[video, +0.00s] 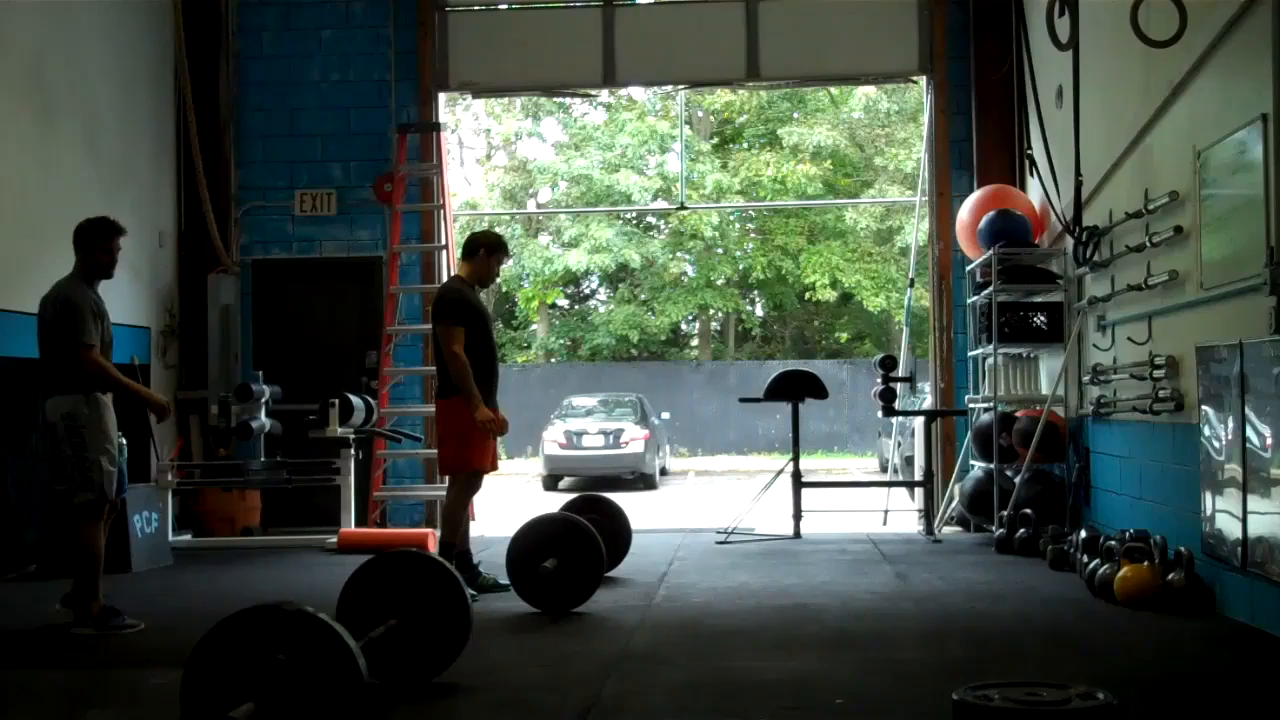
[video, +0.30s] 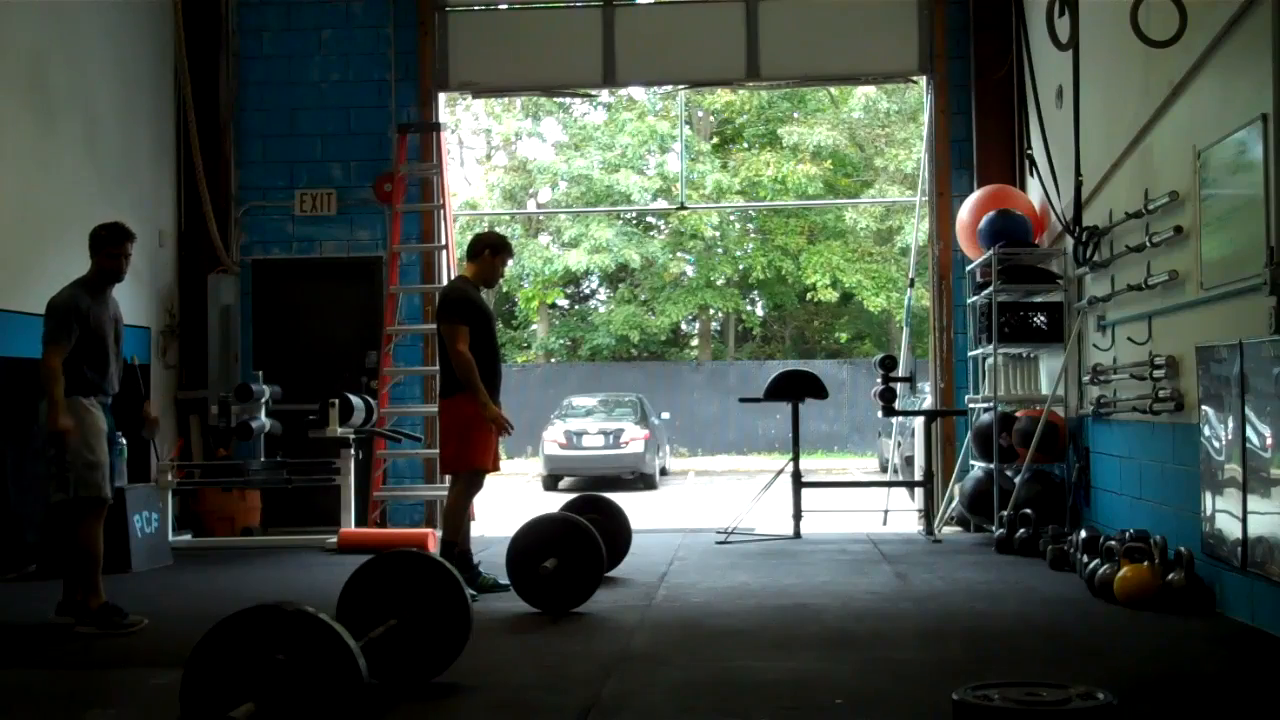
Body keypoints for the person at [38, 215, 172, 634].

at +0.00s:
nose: (118, 258)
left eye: (118, 250)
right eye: (113, 250)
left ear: (89, 251)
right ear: (93, 250)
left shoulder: (66, 295)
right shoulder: (79, 298)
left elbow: (80, 363)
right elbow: (89, 361)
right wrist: (146, 394)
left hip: (72, 412)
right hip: (84, 413)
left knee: (92, 506)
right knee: (95, 508)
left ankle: (82, 596)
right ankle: (91, 607)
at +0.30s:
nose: (126, 263)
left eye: (129, 256)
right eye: (119, 256)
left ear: (127, 257)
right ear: (98, 255)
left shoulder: (112, 306)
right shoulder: (68, 301)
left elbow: (115, 366)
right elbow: (51, 360)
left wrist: (135, 408)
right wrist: (57, 412)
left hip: (102, 410)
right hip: (78, 410)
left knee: (95, 504)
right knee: (94, 503)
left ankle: (77, 599)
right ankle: (92, 602)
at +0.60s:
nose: (121, 263)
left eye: (126, 256)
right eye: (114, 255)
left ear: (131, 260)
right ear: (94, 254)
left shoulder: (129, 311)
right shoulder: (57, 303)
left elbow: (138, 368)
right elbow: (23, 360)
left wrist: (177, 405)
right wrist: (9, 410)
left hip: (108, 418)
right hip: (66, 415)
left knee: (92, 510)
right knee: (72, 509)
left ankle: (82, 596)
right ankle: (69, 601)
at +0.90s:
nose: (111, 261)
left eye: (116, 254)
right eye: (102, 253)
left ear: (121, 256)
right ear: (84, 254)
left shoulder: (133, 307)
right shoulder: (55, 306)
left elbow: (145, 365)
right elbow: (28, 365)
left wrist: (151, 409)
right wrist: (20, 417)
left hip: (112, 416)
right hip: (67, 414)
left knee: (95, 507)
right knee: (78, 504)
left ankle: (77, 597)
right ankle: (77, 601)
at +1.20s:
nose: (123, 258)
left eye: (126, 250)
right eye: (115, 250)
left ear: (129, 251)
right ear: (93, 250)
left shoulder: (134, 303)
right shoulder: (59, 304)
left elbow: (150, 358)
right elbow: (34, 367)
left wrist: (172, 402)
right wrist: (31, 422)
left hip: (124, 425)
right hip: (75, 425)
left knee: (115, 513)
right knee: (79, 514)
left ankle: (99, 595)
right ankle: (80, 607)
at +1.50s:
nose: (161, 257)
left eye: (162, 249)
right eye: (155, 249)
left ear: (142, 251)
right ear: (130, 249)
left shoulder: (151, 302)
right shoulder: (85, 299)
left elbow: (158, 366)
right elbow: (63, 360)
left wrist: (179, 413)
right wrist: (72, 414)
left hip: (144, 417)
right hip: (96, 419)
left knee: (166, 505)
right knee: (88, 514)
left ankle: (174, 601)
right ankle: (80, 607)